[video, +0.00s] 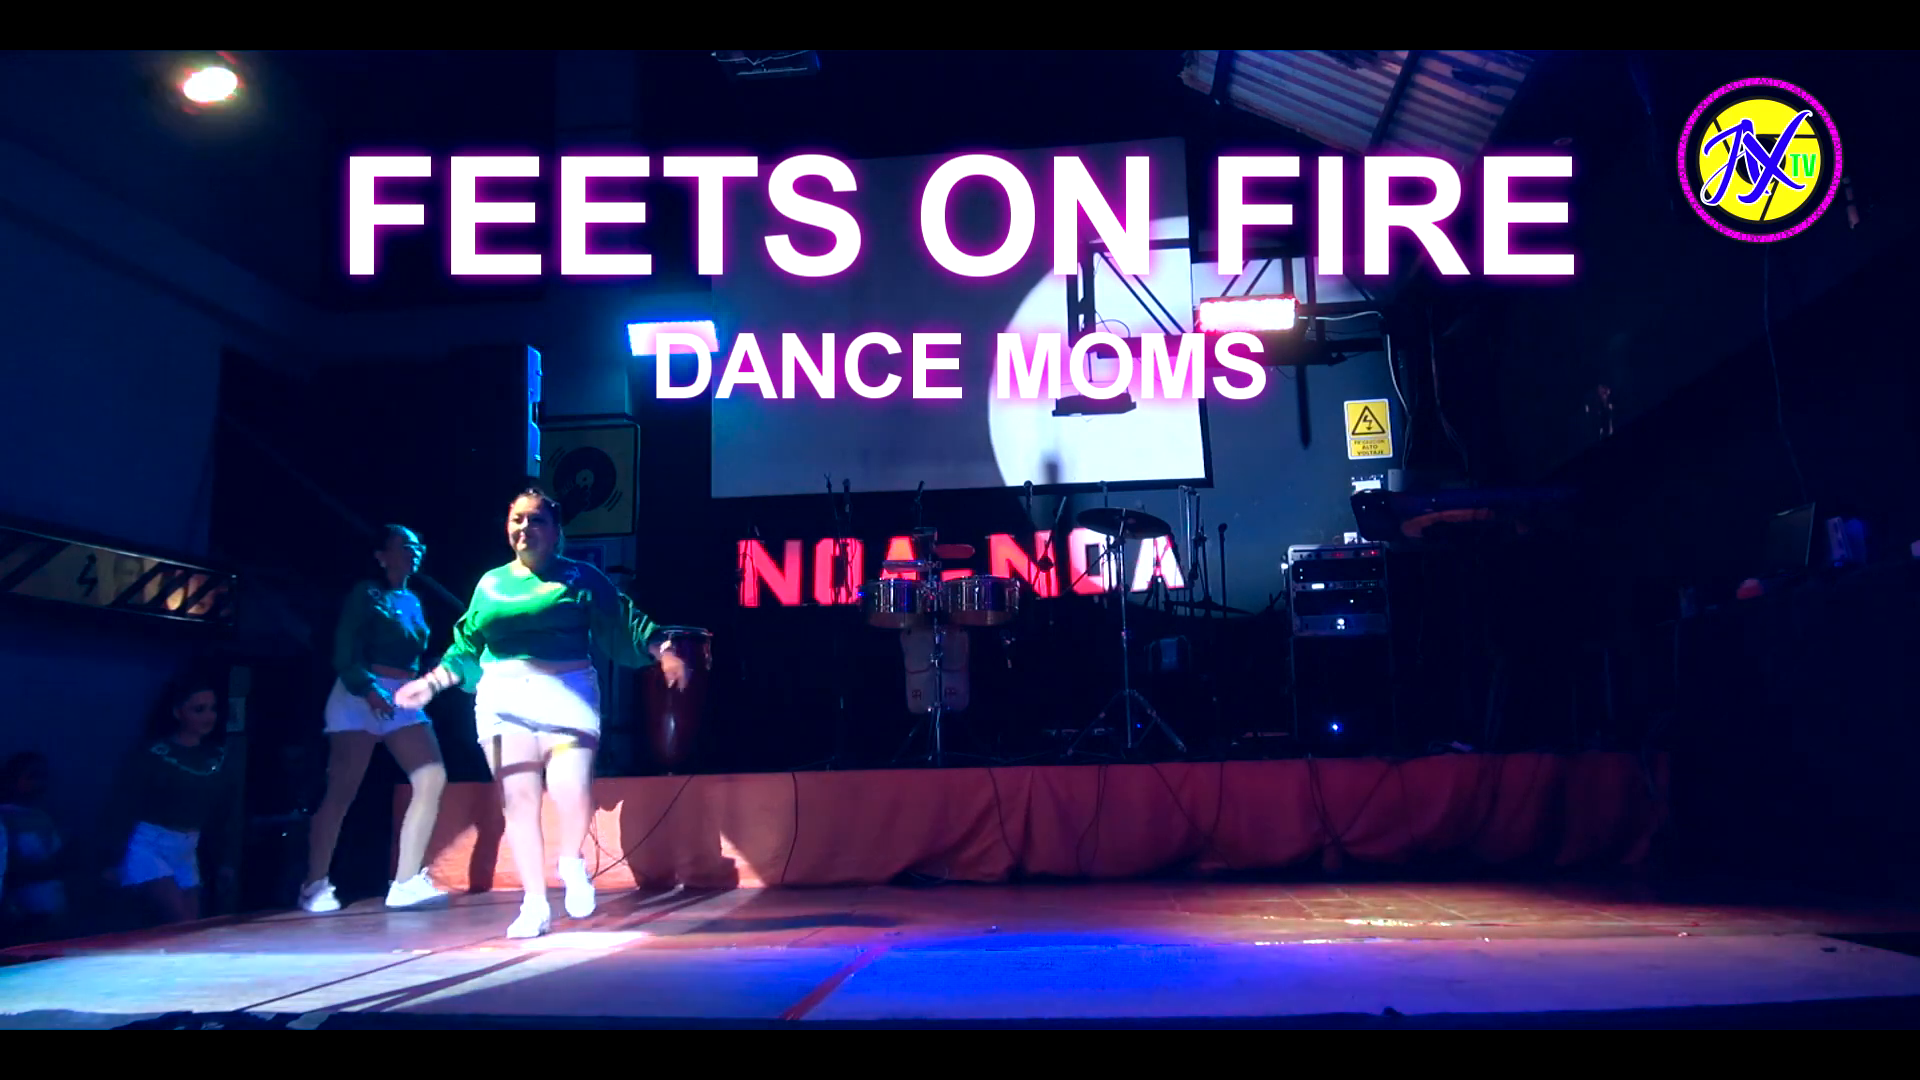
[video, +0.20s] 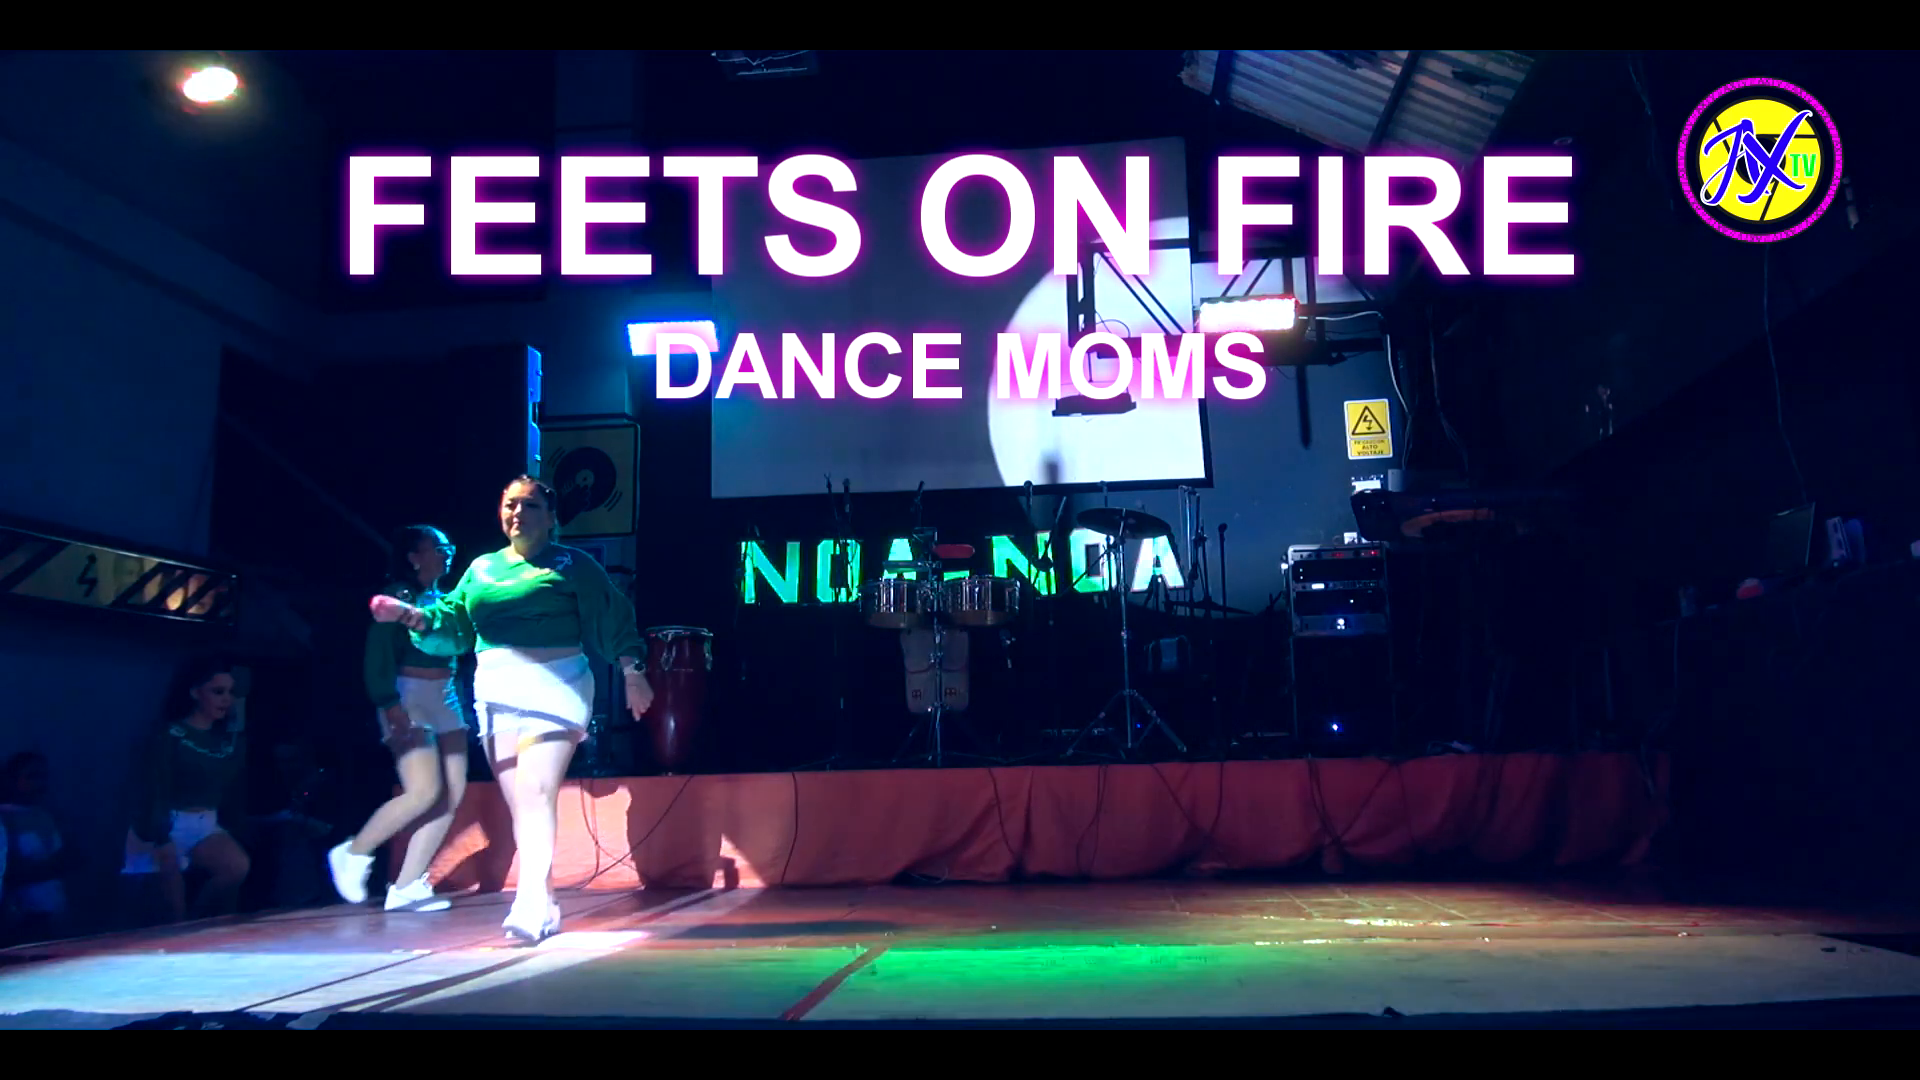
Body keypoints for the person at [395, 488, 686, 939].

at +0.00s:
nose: (526, 526)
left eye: (537, 519)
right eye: (519, 519)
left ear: (556, 529)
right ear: (507, 529)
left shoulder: (583, 578)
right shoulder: (492, 584)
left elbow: (628, 623)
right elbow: (467, 646)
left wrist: (663, 650)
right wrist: (432, 681)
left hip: (569, 686)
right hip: (507, 688)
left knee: (572, 783)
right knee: (519, 795)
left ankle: (572, 863)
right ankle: (534, 900)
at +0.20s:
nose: (516, 511)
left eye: (528, 505)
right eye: (510, 504)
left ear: (549, 515)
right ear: (501, 513)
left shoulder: (576, 566)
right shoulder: (481, 569)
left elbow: (615, 620)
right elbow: (456, 628)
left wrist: (633, 673)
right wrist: (414, 617)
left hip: (558, 682)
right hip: (497, 687)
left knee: (536, 789)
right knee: (519, 797)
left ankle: (529, 906)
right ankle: (542, 903)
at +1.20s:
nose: (450, 493)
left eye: (461, 486)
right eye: (452, 485)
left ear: (493, 497)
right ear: (472, 497)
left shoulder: (530, 552)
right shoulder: (436, 551)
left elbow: (565, 616)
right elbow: (412, 611)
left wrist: (571, 677)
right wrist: (368, 621)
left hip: (494, 677)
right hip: (427, 677)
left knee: (489, 802)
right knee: (433, 804)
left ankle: (507, 912)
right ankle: (418, 918)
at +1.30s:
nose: (450, 491)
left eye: (461, 484)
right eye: (453, 483)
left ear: (492, 494)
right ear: (472, 495)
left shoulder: (528, 550)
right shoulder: (434, 550)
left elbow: (562, 612)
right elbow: (413, 619)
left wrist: (558, 676)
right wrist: (377, 604)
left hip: (498, 677)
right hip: (433, 681)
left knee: (489, 800)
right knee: (438, 805)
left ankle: (509, 912)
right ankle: (419, 917)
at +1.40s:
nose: (452, 493)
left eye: (463, 485)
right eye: (455, 485)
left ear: (491, 495)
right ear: (474, 496)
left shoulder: (529, 549)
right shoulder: (440, 551)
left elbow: (563, 613)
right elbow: (417, 618)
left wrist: (555, 678)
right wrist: (386, 606)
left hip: (503, 682)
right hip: (440, 685)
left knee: (493, 802)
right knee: (443, 806)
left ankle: (511, 914)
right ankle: (419, 917)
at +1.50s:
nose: (459, 496)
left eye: (470, 490)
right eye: (462, 489)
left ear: (498, 498)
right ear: (482, 499)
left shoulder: (534, 550)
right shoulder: (449, 554)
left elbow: (566, 616)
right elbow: (421, 604)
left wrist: (559, 678)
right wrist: (397, 624)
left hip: (509, 689)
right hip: (448, 692)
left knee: (501, 806)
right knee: (443, 809)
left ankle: (512, 915)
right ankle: (419, 917)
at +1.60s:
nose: (466, 498)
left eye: (477, 491)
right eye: (468, 490)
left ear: (506, 499)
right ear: (482, 500)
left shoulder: (540, 552)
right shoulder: (456, 557)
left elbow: (564, 616)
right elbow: (434, 623)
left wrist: (560, 675)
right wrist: (406, 675)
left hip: (517, 689)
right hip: (454, 693)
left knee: (510, 803)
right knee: (440, 808)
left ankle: (514, 915)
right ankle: (419, 917)